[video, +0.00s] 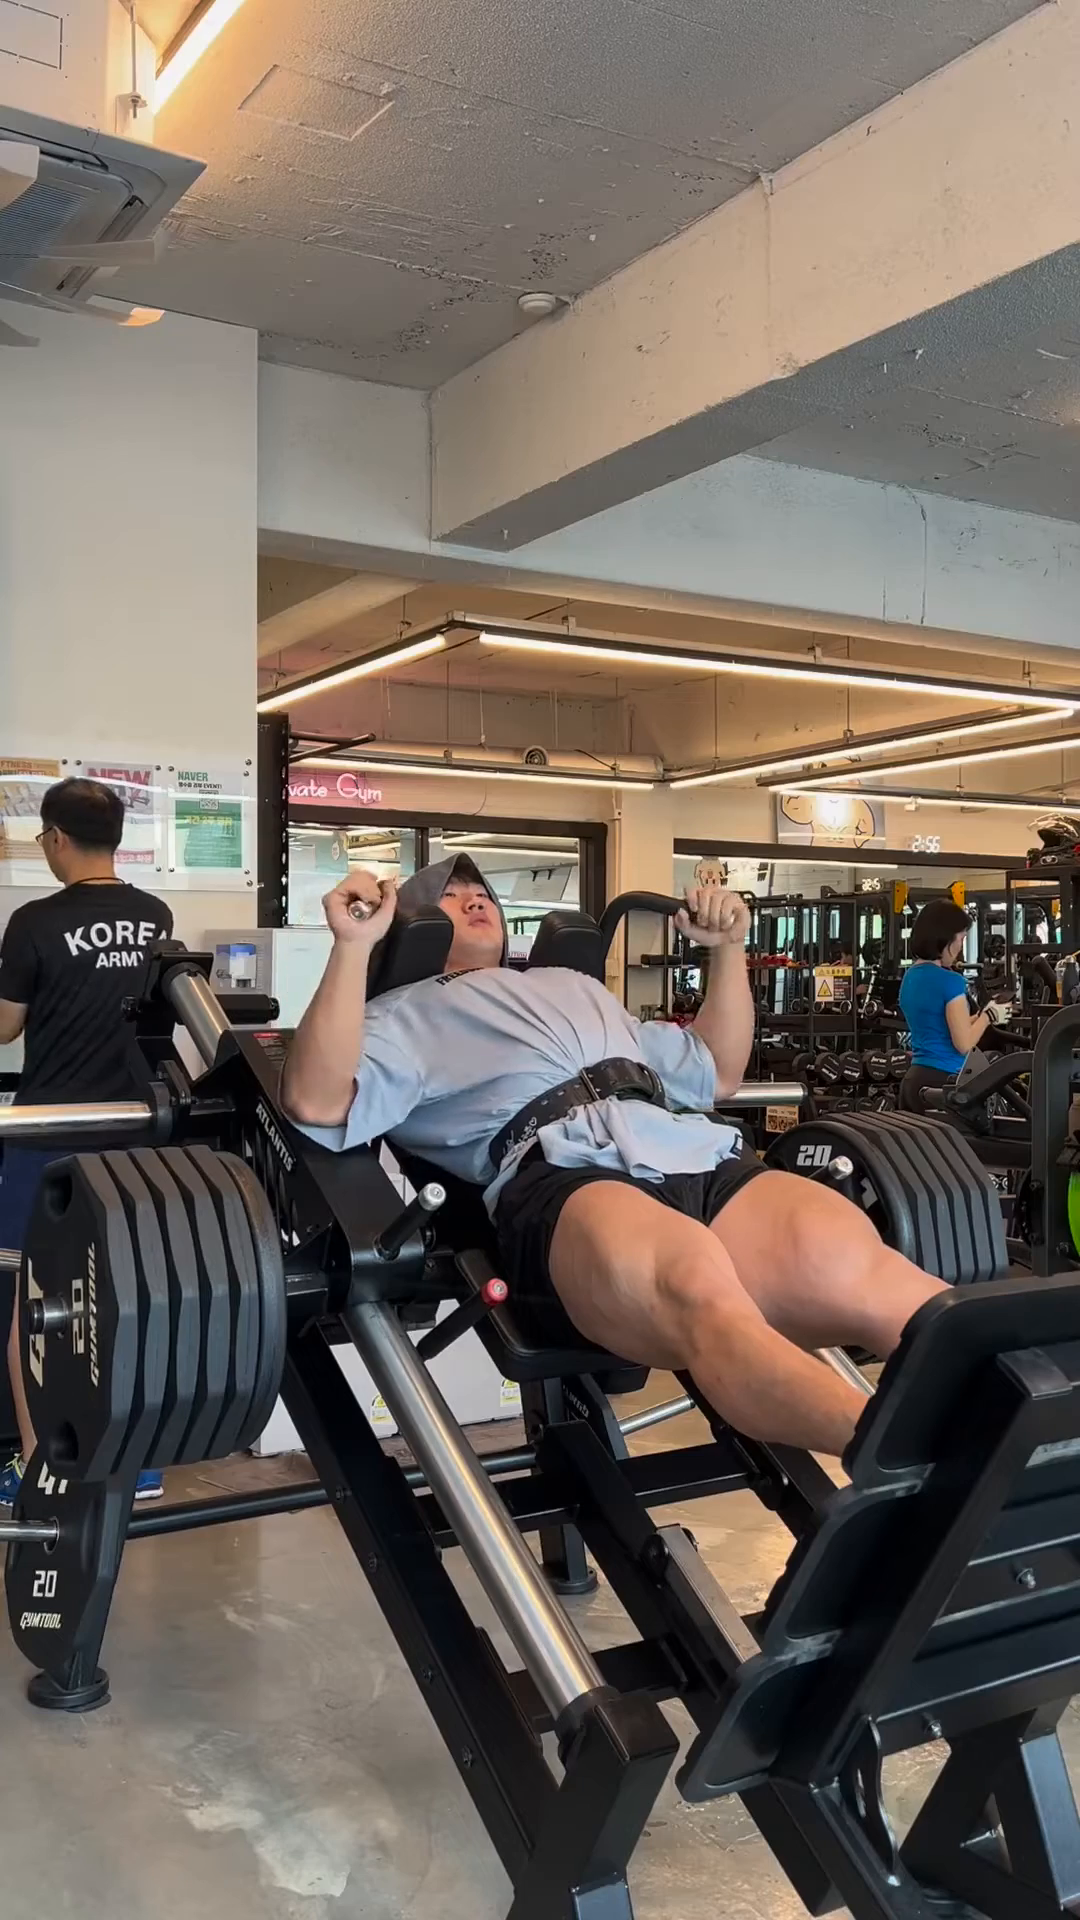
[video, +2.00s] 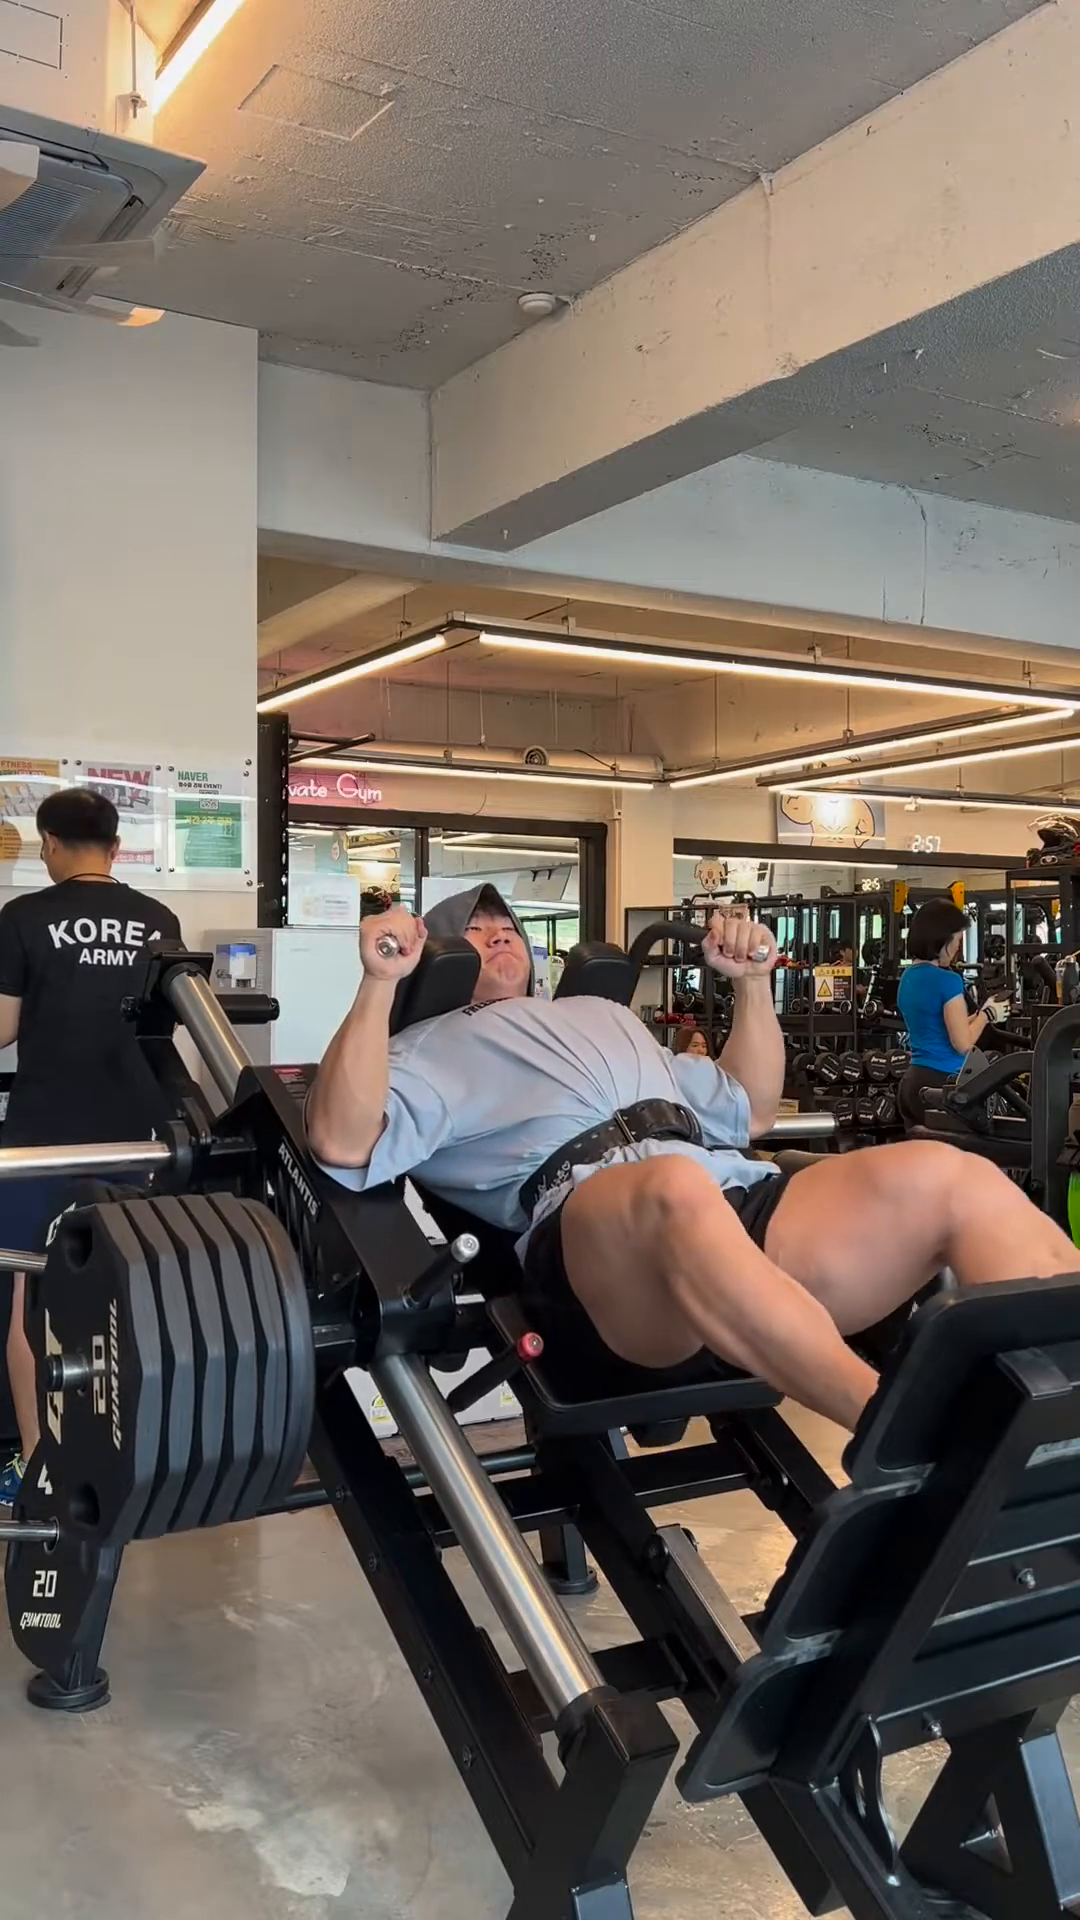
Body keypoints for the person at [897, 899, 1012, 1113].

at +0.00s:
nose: (961, 946)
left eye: (963, 939)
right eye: (960, 938)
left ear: (928, 934)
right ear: (946, 939)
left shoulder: (909, 978)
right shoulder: (950, 981)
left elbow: (931, 1032)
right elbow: (964, 1043)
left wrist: (975, 1017)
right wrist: (990, 1015)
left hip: (915, 1076)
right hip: (947, 1081)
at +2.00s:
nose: (959, 946)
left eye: (960, 939)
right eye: (958, 939)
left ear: (924, 936)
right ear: (944, 940)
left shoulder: (907, 978)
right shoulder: (948, 981)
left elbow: (929, 1034)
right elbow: (963, 1043)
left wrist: (973, 1013)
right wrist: (987, 1014)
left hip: (914, 1078)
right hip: (946, 1084)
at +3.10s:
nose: (958, 948)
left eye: (959, 941)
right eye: (957, 941)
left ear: (924, 936)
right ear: (943, 940)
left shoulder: (908, 978)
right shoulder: (946, 981)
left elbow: (933, 1034)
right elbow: (961, 1044)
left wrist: (978, 1015)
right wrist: (986, 1015)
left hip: (913, 1078)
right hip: (945, 1084)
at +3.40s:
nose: (958, 947)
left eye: (959, 940)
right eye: (957, 940)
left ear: (923, 937)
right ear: (943, 940)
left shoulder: (908, 977)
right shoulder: (946, 981)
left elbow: (935, 1033)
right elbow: (962, 1043)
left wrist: (977, 1015)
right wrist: (987, 1015)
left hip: (917, 1073)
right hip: (947, 1079)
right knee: (996, 1059)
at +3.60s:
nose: (958, 946)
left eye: (959, 940)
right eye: (957, 940)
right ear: (942, 940)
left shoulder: (907, 977)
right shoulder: (947, 981)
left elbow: (937, 1030)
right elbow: (962, 1042)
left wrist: (981, 1014)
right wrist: (987, 1014)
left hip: (918, 1074)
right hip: (948, 1079)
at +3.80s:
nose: (958, 947)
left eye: (959, 940)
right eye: (957, 940)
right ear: (943, 941)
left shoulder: (908, 977)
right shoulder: (948, 981)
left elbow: (939, 1031)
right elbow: (962, 1042)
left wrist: (982, 1012)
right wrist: (988, 1014)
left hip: (918, 1074)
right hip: (948, 1078)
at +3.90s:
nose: (959, 947)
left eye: (959, 940)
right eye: (957, 940)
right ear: (943, 941)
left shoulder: (908, 977)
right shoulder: (948, 981)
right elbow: (962, 1042)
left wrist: (982, 1013)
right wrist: (988, 1015)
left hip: (918, 1073)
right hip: (949, 1077)